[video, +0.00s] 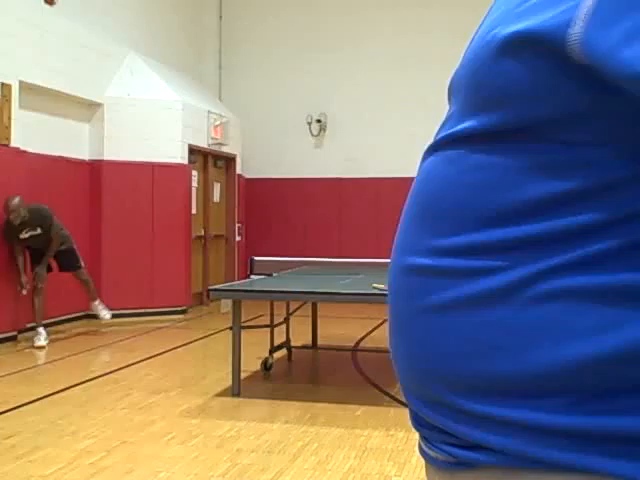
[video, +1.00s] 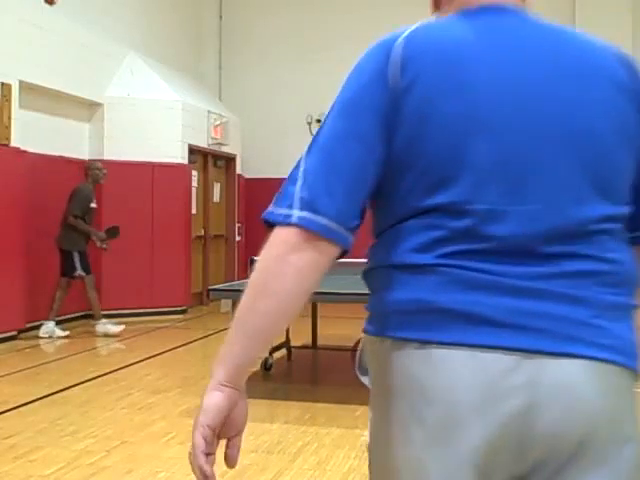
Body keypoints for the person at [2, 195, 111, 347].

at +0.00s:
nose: (11, 216)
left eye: (14, 212)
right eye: (9, 213)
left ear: (23, 209)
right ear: (7, 213)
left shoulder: (42, 214)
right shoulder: (10, 227)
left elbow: (56, 239)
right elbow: (18, 251)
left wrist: (44, 264)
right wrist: (22, 275)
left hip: (59, 243)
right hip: (37, 250)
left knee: (82, 275)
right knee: (38, 287)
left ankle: (96, 302)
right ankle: (40, 329)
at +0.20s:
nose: (32, 196)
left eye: (34, 192)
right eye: (29, 193)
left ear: (40, 192)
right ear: (24, 194)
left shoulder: (53, 206)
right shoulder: (18, 215)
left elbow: (60, 236)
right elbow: (18, 243)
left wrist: (54, 262)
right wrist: (25, 267)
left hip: (55, 249)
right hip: (34, 253)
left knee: (72, 284)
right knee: (37, 286)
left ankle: (70, 319)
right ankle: (39, 331)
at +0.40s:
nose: (58, 179)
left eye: (59, 175)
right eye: (55, 176)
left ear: (62, 178)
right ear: (48, 178)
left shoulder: (65, 199)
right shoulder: (34, 199)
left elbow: (67, 227)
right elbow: (26, 228)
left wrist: (65, 251)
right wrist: (35, 251)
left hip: (54, 248)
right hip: (37, 248)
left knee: (63, 285)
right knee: (40, 284)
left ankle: (50, 323)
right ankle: (39, 328)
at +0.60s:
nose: (79, 174)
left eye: (80, 171)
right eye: (76, 170)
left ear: (77, 174)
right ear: (66, 173)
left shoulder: (74, 197)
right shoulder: (51, 192)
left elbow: (70, 223)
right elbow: (40, 218)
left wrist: (74, 246)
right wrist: (53, 243)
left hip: (58, 244)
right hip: (43, 242)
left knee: (59, 281)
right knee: (51, 280)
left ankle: (50, 323)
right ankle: (45, 325)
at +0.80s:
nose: (90, 171)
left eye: (90, 168)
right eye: (86, 168)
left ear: (82, 173)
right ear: (76, 171)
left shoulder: (76, 192)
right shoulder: (68, 189)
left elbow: (71, 223)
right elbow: (55, 215)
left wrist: (80, 242)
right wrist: (75, 236)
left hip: (58, 242)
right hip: (55, 241)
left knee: (58, 281)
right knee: (71, 278)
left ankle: (48, 323)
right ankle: (61, 322)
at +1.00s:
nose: (104, 173)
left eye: (103, 170)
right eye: (100, 170)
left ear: (95, 173)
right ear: (90, 172)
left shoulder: (89, 192)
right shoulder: (83, 191)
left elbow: (83, 221)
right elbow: (72, 218)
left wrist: (96, 239)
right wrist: (94, 233)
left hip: (72, 242)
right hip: (73, 243)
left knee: (64, 283)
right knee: (89, 280)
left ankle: (49, 324)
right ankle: (100, 322)